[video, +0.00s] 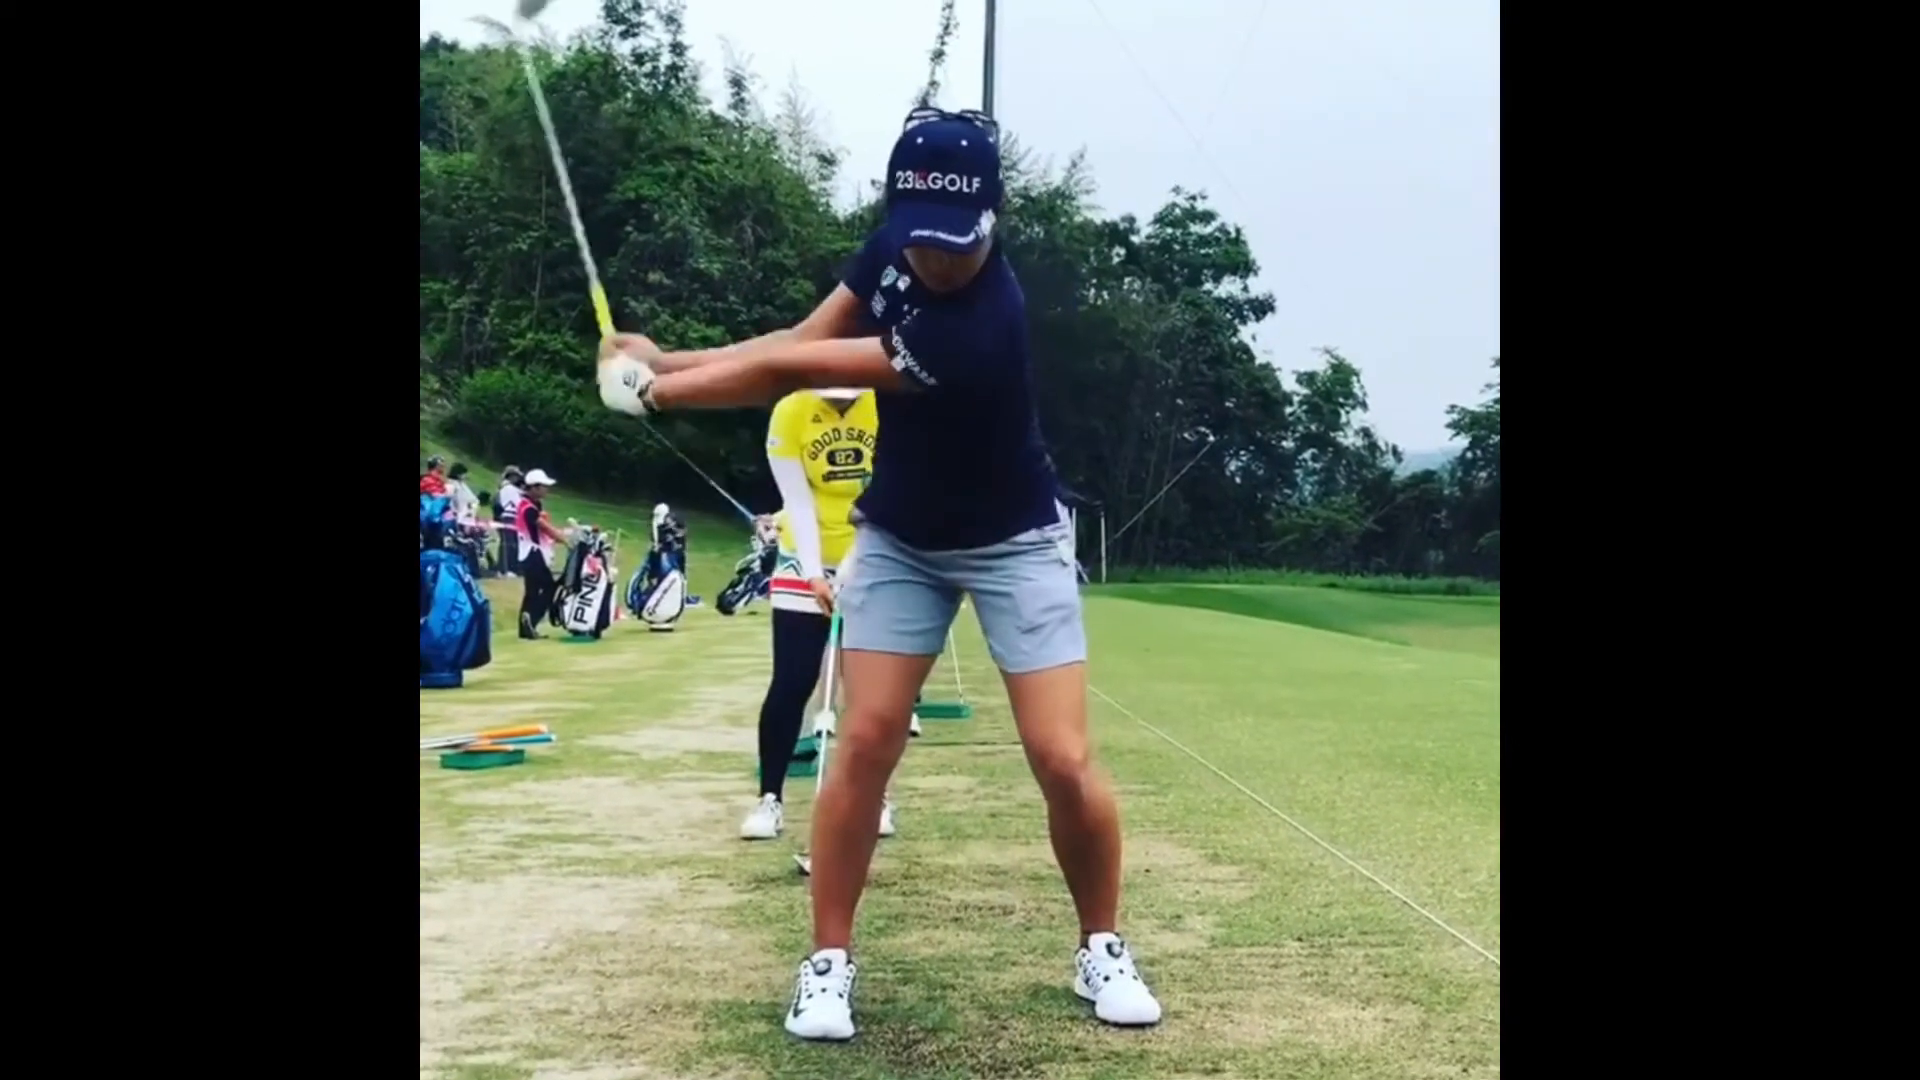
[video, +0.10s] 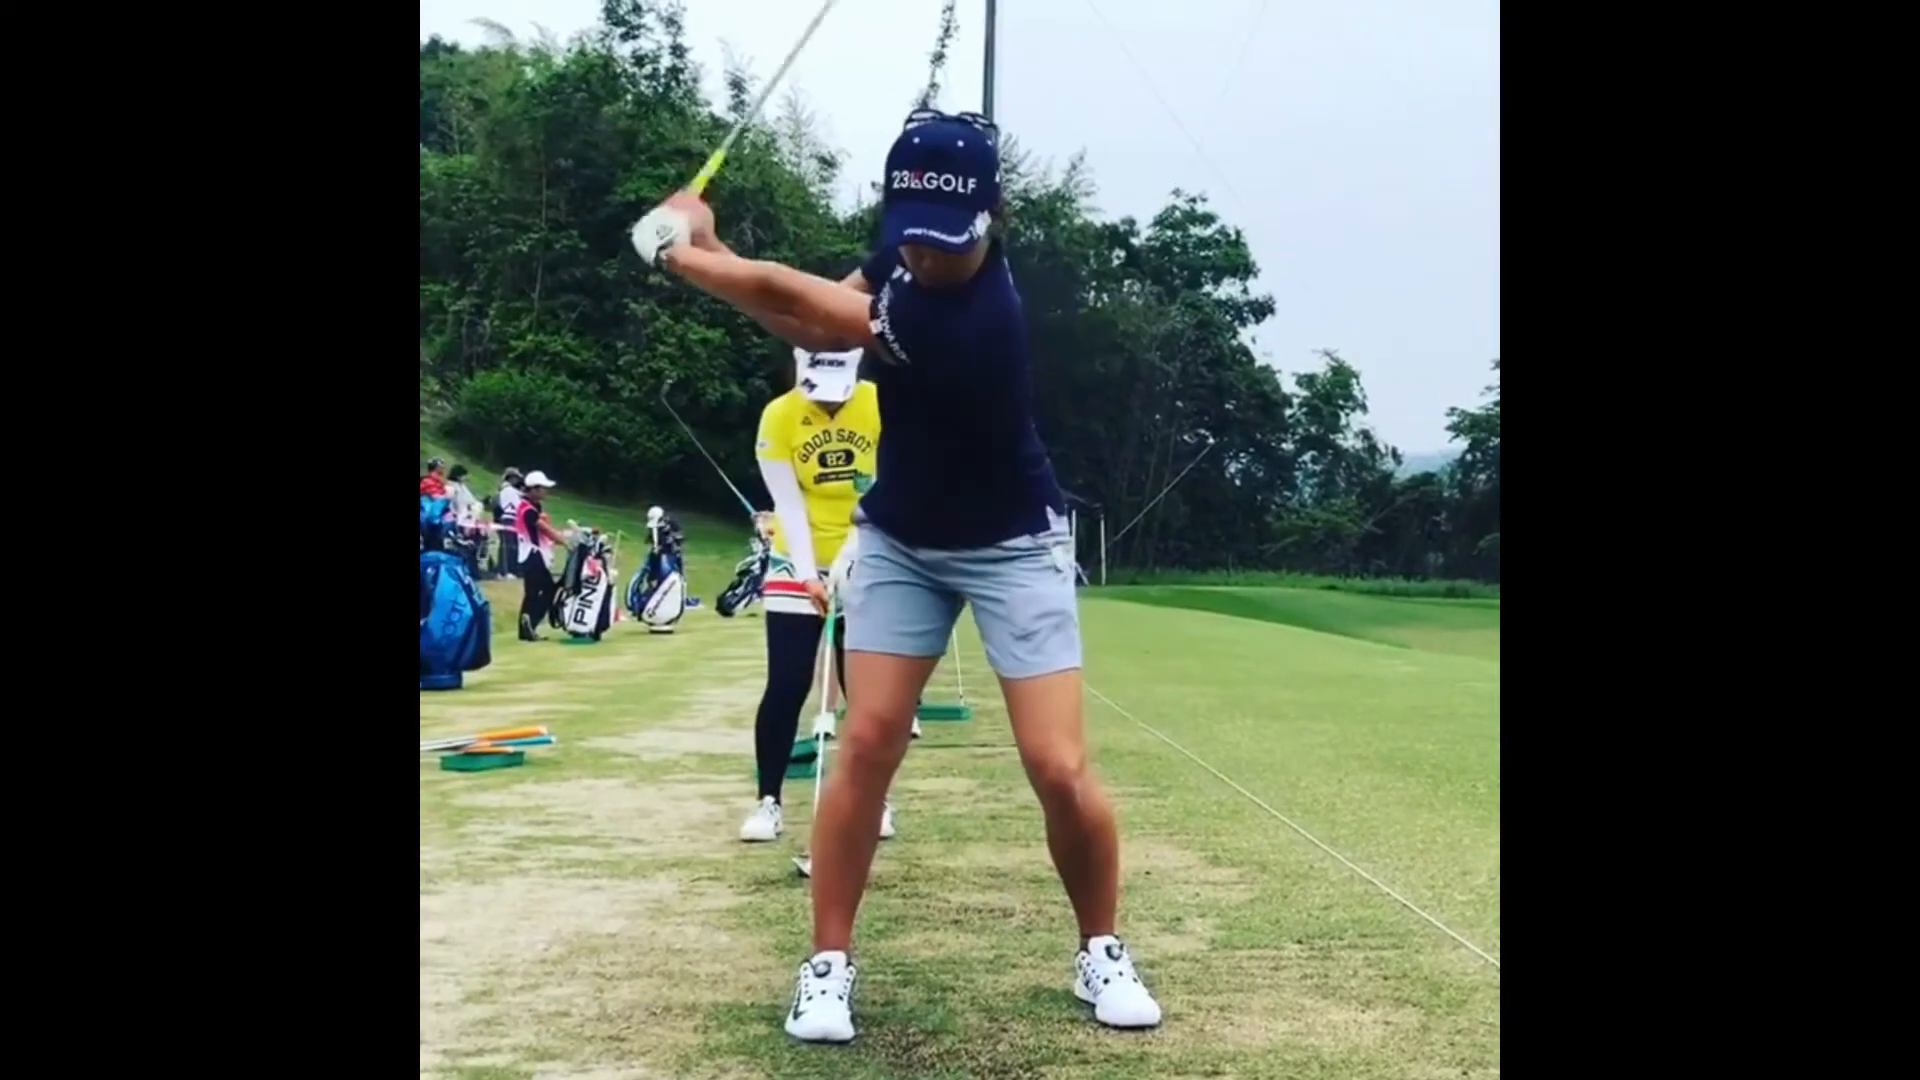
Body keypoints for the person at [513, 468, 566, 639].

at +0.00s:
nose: (546, 491)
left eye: (546, 487)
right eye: (543, 487)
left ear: (535, 489)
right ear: (533, 488)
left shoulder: (531, 506)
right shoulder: (529, 509)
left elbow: (546, 527)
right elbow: (546, 529)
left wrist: (563, 534)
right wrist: (565, 539)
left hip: (533, 551)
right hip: (532, 552)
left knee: (532, 589)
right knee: (549, 585)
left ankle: (525, 626)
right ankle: (532, 618)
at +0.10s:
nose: (546, 493)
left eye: (546, 489)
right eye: (542, 489)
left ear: (535, 490)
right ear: (532, 490)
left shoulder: (530, 507)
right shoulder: (528, 510)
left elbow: (545, 529)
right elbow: (546, 530)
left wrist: (562, 537)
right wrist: (564, 540)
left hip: (532, 552)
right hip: (531, 553)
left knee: (531, 591)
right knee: (549, 587)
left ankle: (525, 629)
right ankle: (531, 620)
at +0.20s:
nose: (545, 494)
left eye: (544, 490)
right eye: (542, 490)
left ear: (533, 492)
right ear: (532, 491)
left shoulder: (527, 509)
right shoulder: (527, 512)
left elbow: (543, 531)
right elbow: (544, 532)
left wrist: (561, 538)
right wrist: (563, 543)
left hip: (529, 553)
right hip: (530, 555)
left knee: (530, 592)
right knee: (547, 589)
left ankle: (523, 631)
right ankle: (530, 621)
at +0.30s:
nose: (542, 495)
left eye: (542, 491)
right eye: (539, 491)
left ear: (531, 493)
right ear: (529, 492)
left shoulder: (524, 510)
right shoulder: (525, 513)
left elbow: (541, 532)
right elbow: (542, 533)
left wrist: (559, 540)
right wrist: (561, 544)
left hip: (526, 554)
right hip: (527, 556)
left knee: (527, 593)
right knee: (545, 590)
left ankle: (521, 632)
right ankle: (527, 623)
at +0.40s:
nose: (539, 495)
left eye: (538, 492)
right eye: (535, 492)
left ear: (526, 494)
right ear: (526, 493)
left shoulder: (520, 510)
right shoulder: (521, 514)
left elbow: (537, 533)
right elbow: (538, 535)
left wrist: (555, 540)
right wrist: (556, 546)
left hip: (522, 555)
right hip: (523, 557)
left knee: (523, 595)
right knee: (540, 592)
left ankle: (517, 633)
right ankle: (523, 624)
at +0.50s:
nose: (534, 496)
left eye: (533, 492)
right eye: (530, 492)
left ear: (522, 495)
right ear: (520, 494)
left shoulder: (519, 512)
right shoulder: (515, 515)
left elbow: (532, 533)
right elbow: (532, 535)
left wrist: (549, 541)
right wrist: (551, 546)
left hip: (518, 557)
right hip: (517, 558)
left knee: (517, 595)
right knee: (536, 592)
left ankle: (511, 634)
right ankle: (517, 625)